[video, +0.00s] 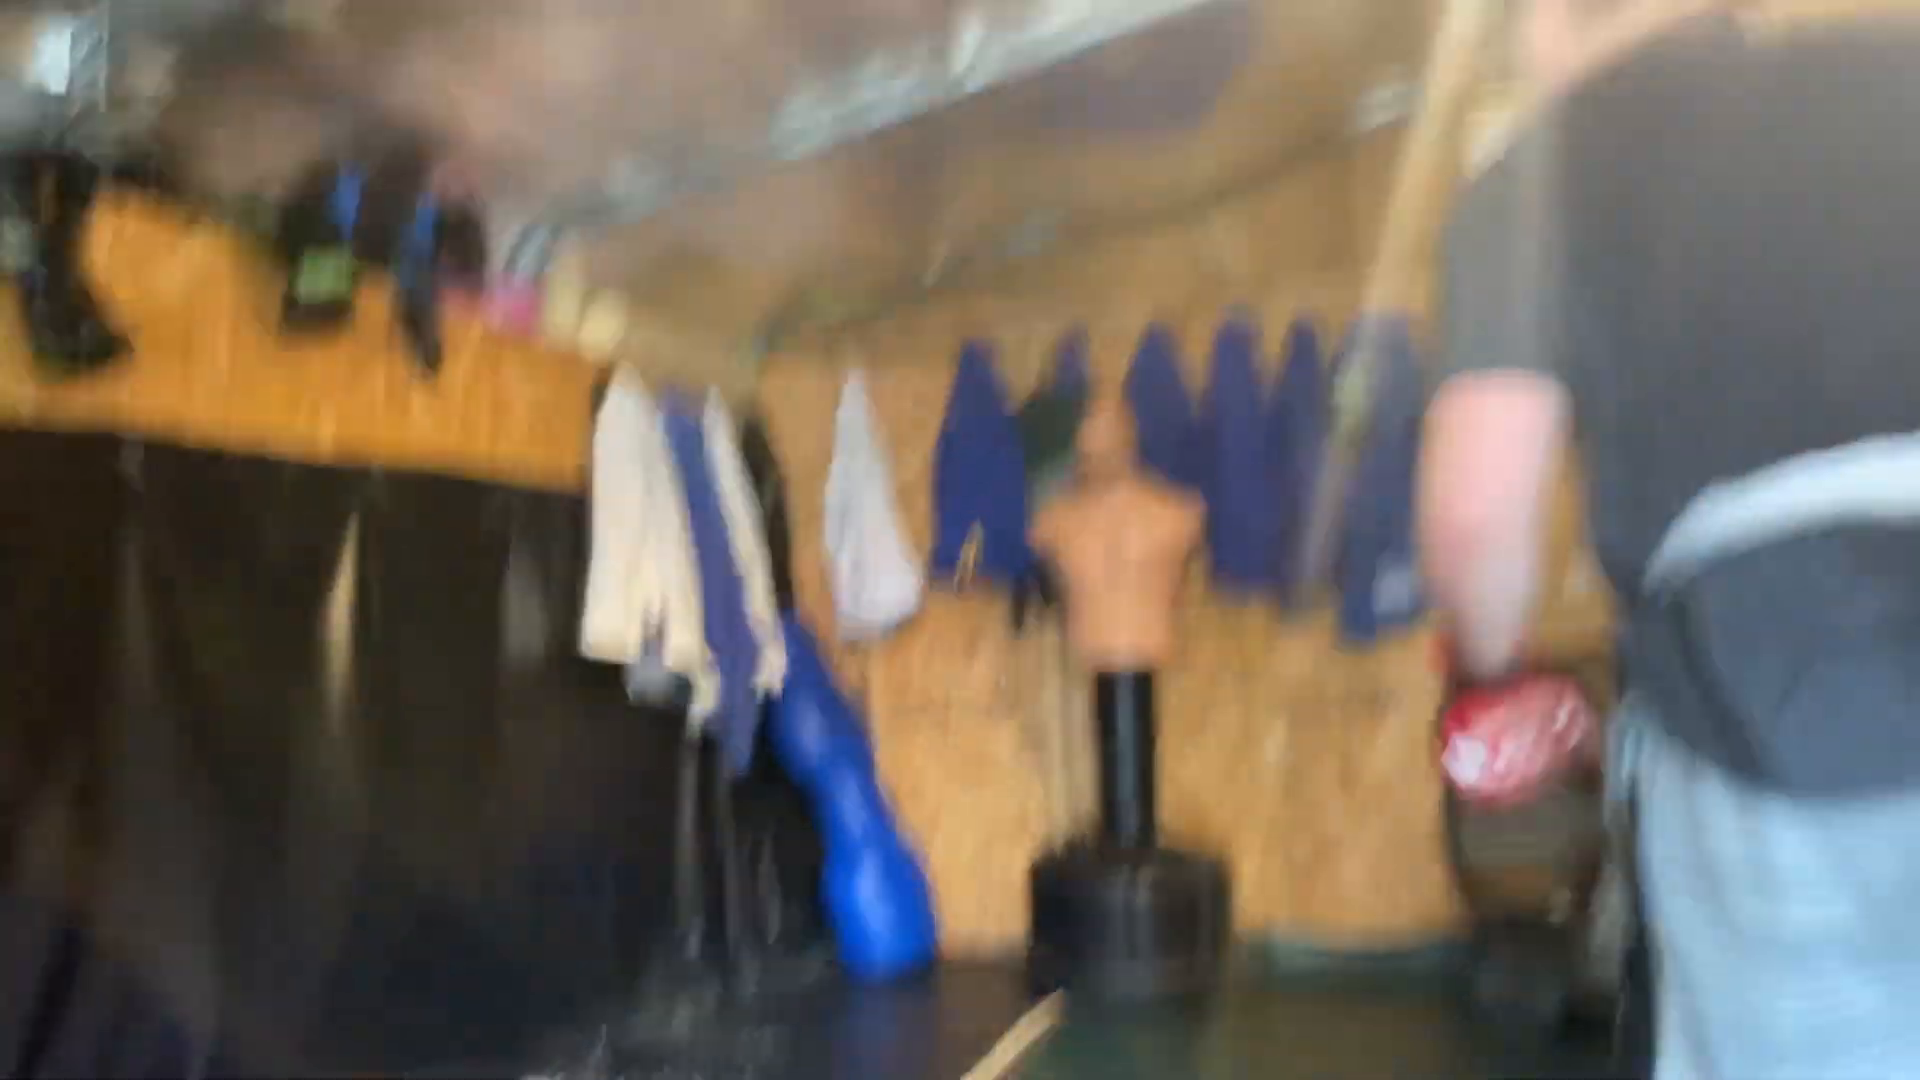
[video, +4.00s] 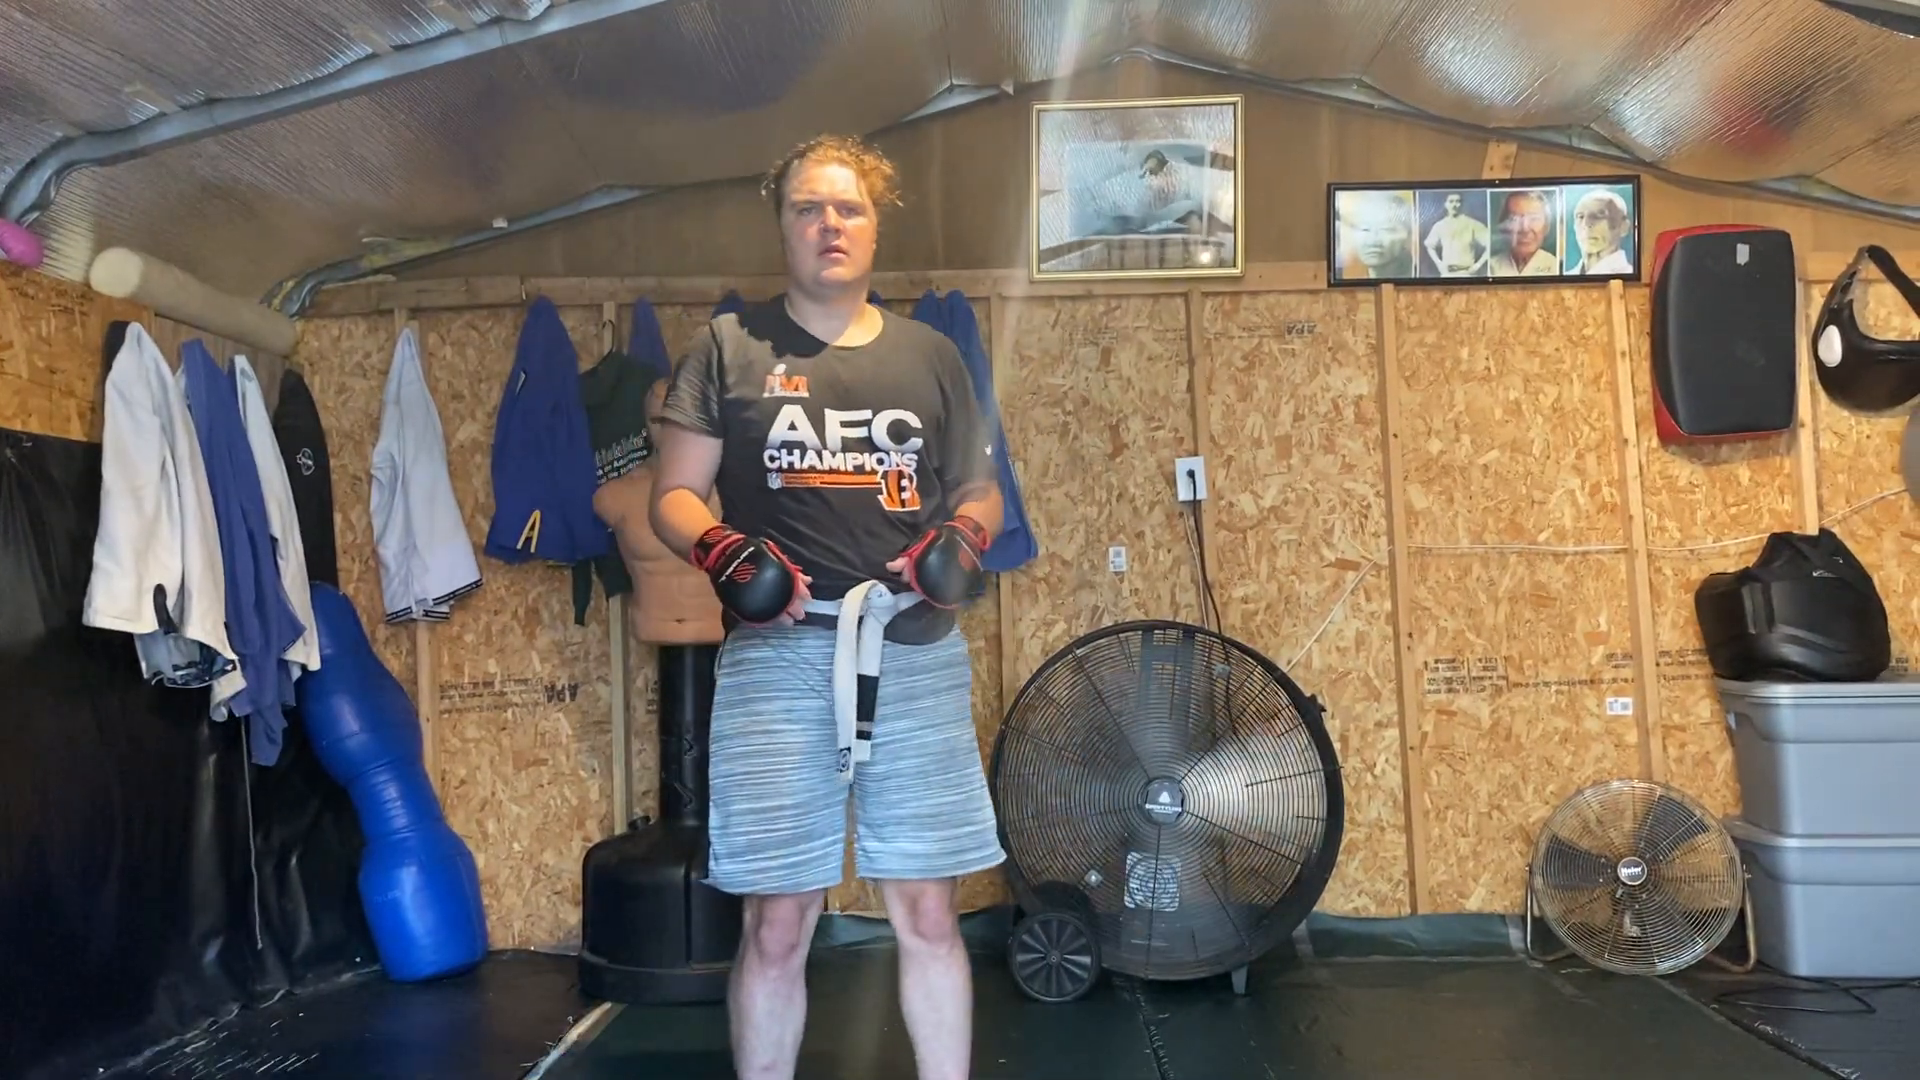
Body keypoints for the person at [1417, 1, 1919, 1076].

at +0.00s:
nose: (1520, 45)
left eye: (1524, 23)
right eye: (1519, 26)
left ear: (1567, 12)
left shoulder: (1556, 162)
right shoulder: (1884, 71)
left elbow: (1479, 513)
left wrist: (1493, 682)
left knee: (1806, 1057)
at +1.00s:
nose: (1023, 243)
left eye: (1040, 219)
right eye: (1019, 222)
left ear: (1108, 213)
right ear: (1110, 218)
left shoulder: (1125, 320)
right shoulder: (1203, 306)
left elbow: (1133, 518)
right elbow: (1178, 510)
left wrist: (1030, 587)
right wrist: (1052, 599)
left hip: (1176, 648)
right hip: (1243, 637)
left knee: (1149, 922)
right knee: (1173, 905)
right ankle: (1283, 1072)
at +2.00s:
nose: (842, 264)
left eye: (859, 249)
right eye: (824, 250)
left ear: (889, 266)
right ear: (802, 270)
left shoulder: (953, 367)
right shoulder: (769, 389)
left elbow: (1021, 483)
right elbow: (748, 520)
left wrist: (984, 559)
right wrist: (754, 575)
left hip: (957, 649)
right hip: (837, 658)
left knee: (992, 884)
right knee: (874, 885)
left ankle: (1031, 1074)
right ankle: (903, 1075)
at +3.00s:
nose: (776, 239)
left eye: (793, 222)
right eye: (755, 223)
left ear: (821, 239)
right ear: (725, 241)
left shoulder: (886, 355)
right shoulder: (676, 369)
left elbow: (946, 484)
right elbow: (635, 511)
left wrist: (917, 550)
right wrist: (671, 570)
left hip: (886, 653)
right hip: (750, 658)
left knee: (952, 899)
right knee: (766, 922)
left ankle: (1006, 1074)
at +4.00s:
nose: (831, 225)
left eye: (849, 209)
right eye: (809, 210)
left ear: (876, 232)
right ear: (782, 233)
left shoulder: (933, 358)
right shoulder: (728, 349)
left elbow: (980, 491)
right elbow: (676, 495)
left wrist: (959, 546)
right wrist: (725, 551)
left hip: (915, 653)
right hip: (780, 654)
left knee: (929, 912)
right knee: (778, 927)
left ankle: (948, 1077)